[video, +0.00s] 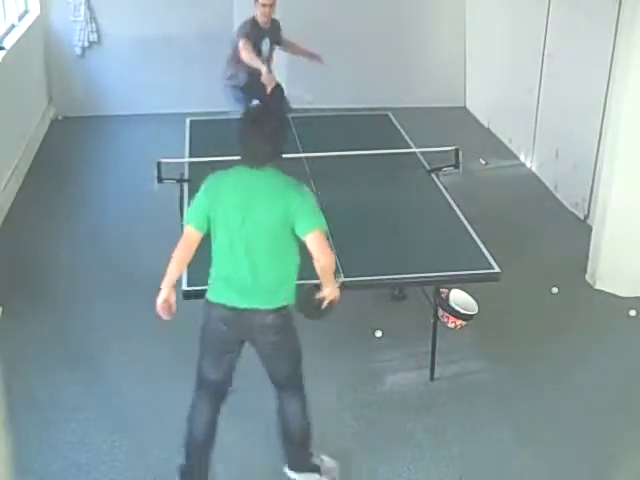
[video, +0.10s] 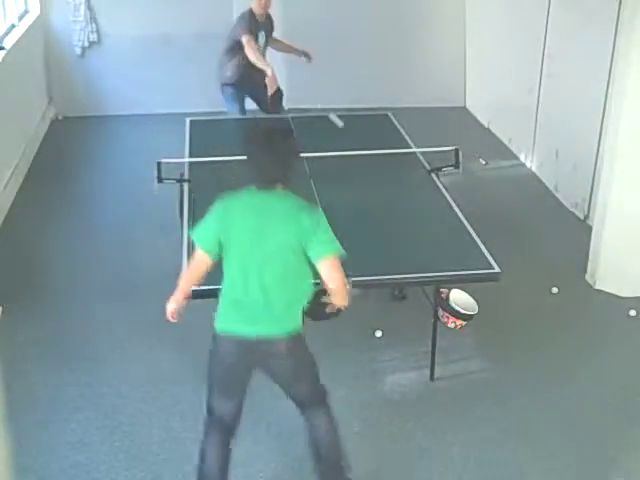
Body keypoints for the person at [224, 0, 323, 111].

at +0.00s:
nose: (267, 10)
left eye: (271, 6)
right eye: (263, 6)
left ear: (274, 8)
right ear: (256, 6)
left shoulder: (274, 26)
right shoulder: (247, 27)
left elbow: (283, 44)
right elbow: (245, 53)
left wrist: (307, 55)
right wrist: (264, 68)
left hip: (260, 81)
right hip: (235, 82)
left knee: (281, 109)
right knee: (243, 112)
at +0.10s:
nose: (264, 3)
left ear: (270, 3)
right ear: (252, 2)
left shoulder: (268, 20)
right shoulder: (245, 19)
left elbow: (270, 42)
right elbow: (250, 48)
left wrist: (297, 52)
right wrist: (268, 70)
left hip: (255, 79)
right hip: (232, 80)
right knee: (237, 119)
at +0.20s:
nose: (263, 0)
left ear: (265, 1)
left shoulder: (262, 13)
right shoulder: (242, 14)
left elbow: (261, 36)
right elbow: (247, 52)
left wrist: (287, 49)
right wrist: (269, 77)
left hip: (250, 76)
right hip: (228, 77)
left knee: (272, 113)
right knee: (236, 120)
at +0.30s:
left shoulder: (258, 10)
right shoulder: (237, 12)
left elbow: (258, 33)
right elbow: (236, 52)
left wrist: (282, 46)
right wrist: (263, 75)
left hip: (248, 75)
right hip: (226, 76)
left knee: (266, 115)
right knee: (236, 119)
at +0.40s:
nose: (256, 0)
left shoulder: (256, 12)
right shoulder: (233, 13)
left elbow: (256, 32)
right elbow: (222, 51)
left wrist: (283, 42)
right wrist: (252, 72)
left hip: (247, 76)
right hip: (227, 76)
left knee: (259, 118)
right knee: (239, 118)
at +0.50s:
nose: (253, 3)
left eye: (254, 1)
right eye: (250, 0)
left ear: (253, 1)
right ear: (241, 0)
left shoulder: (254, 12)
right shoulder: (228, 15)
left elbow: (257, 32)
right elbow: (211, 52)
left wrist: (285, 42)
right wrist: (238, 70)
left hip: (246, 76)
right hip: (226, 77)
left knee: (250, 118)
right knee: (237, 119)